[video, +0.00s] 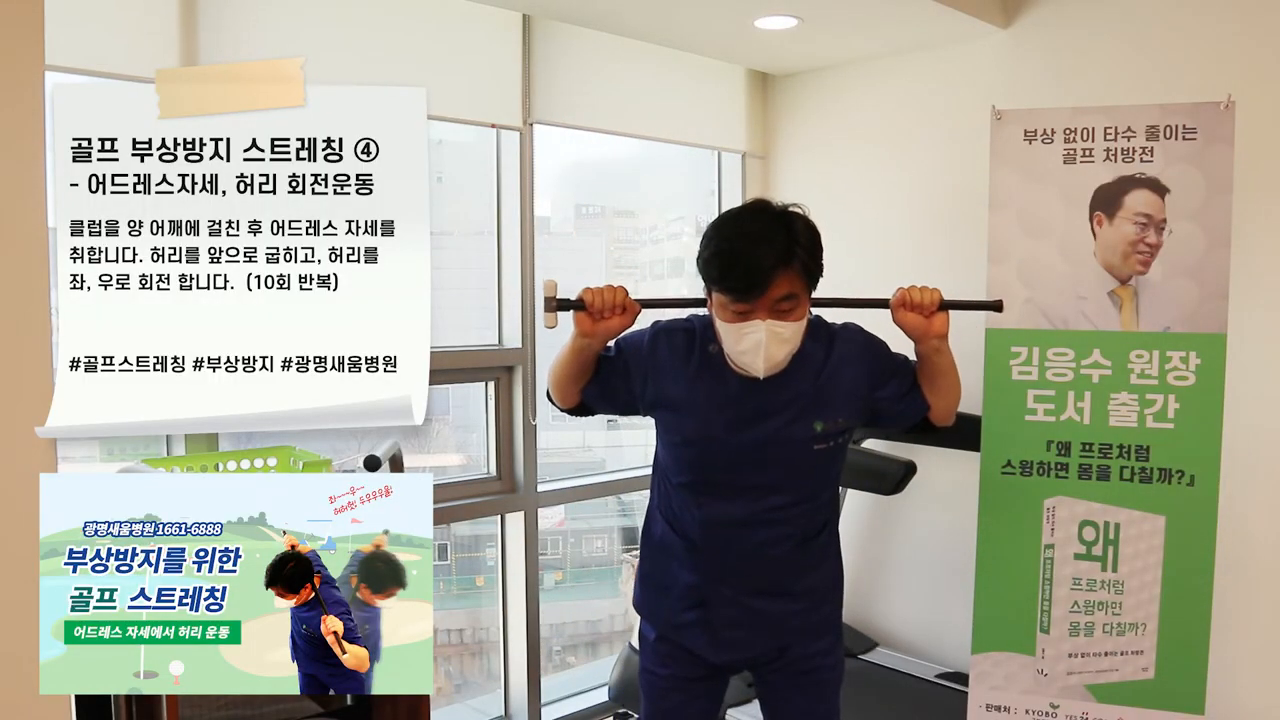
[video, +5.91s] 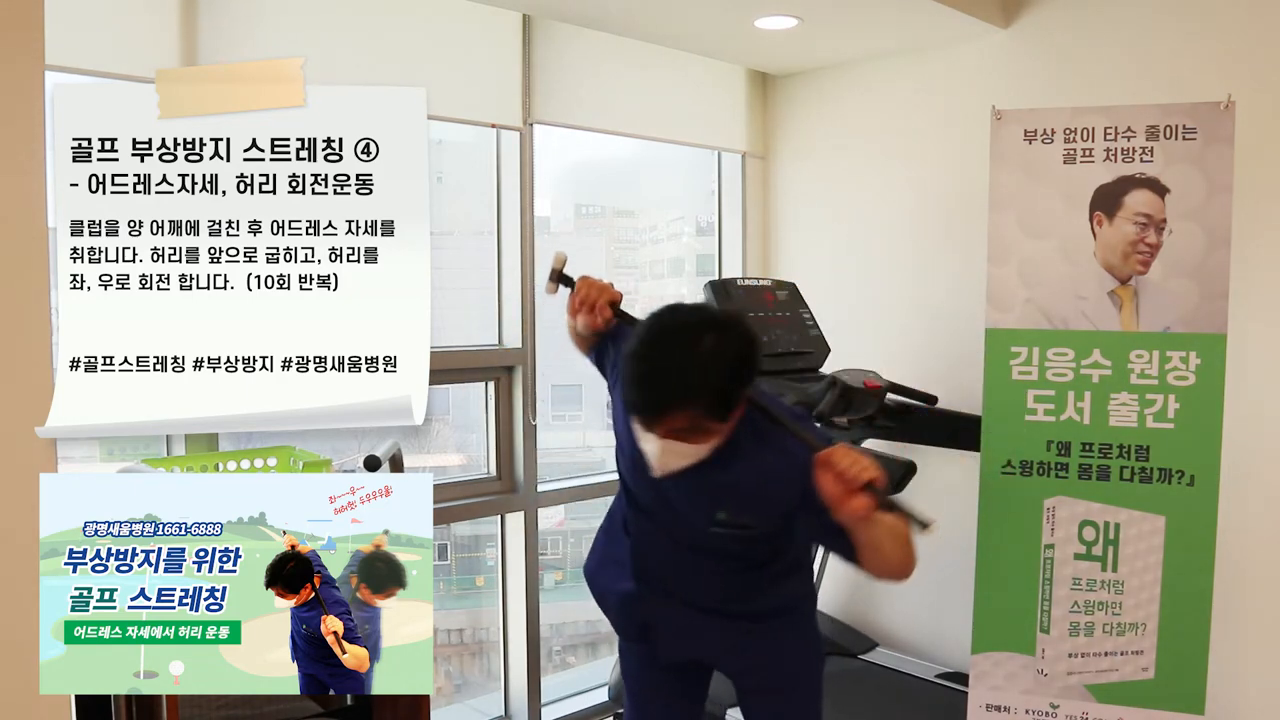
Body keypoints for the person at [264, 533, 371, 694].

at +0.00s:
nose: (278, 599)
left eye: (283, 596)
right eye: (276, 594)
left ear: (306, 590)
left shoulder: (334, 607)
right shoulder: (312, 570)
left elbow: (363, 665)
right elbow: (308, 552)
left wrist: (335, 642)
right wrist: (297, 547)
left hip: (344, 673)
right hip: (310, 667)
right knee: (312, 714)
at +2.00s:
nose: (278, 599)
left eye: (283, 596)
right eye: (276, 593)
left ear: (306, 590)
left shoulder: (334, 608)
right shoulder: (312, 570)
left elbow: (363, 665)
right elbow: (308, 552)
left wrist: (336, 643)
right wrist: (297, 547)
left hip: (344, 672)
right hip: (310, 667)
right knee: (312, 715)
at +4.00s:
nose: (278, 599)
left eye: (283, 595)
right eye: (276, 593)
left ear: (306, 590)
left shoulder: (334, 608)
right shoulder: (311, 570)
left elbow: (363, 665)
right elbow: (308, 552)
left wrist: (335, 642)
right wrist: (296, 547)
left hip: (344, 672)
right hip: (310, 667)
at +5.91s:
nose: (278, 599)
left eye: (283, 595)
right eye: (276, 593)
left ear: (306, 590)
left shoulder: (334, 608)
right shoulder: (311, 570)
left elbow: (363, 665)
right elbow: (308, 552)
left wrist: (335, 642)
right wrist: (297, 547)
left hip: (344, 673)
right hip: (310, 667)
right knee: (312, 715)